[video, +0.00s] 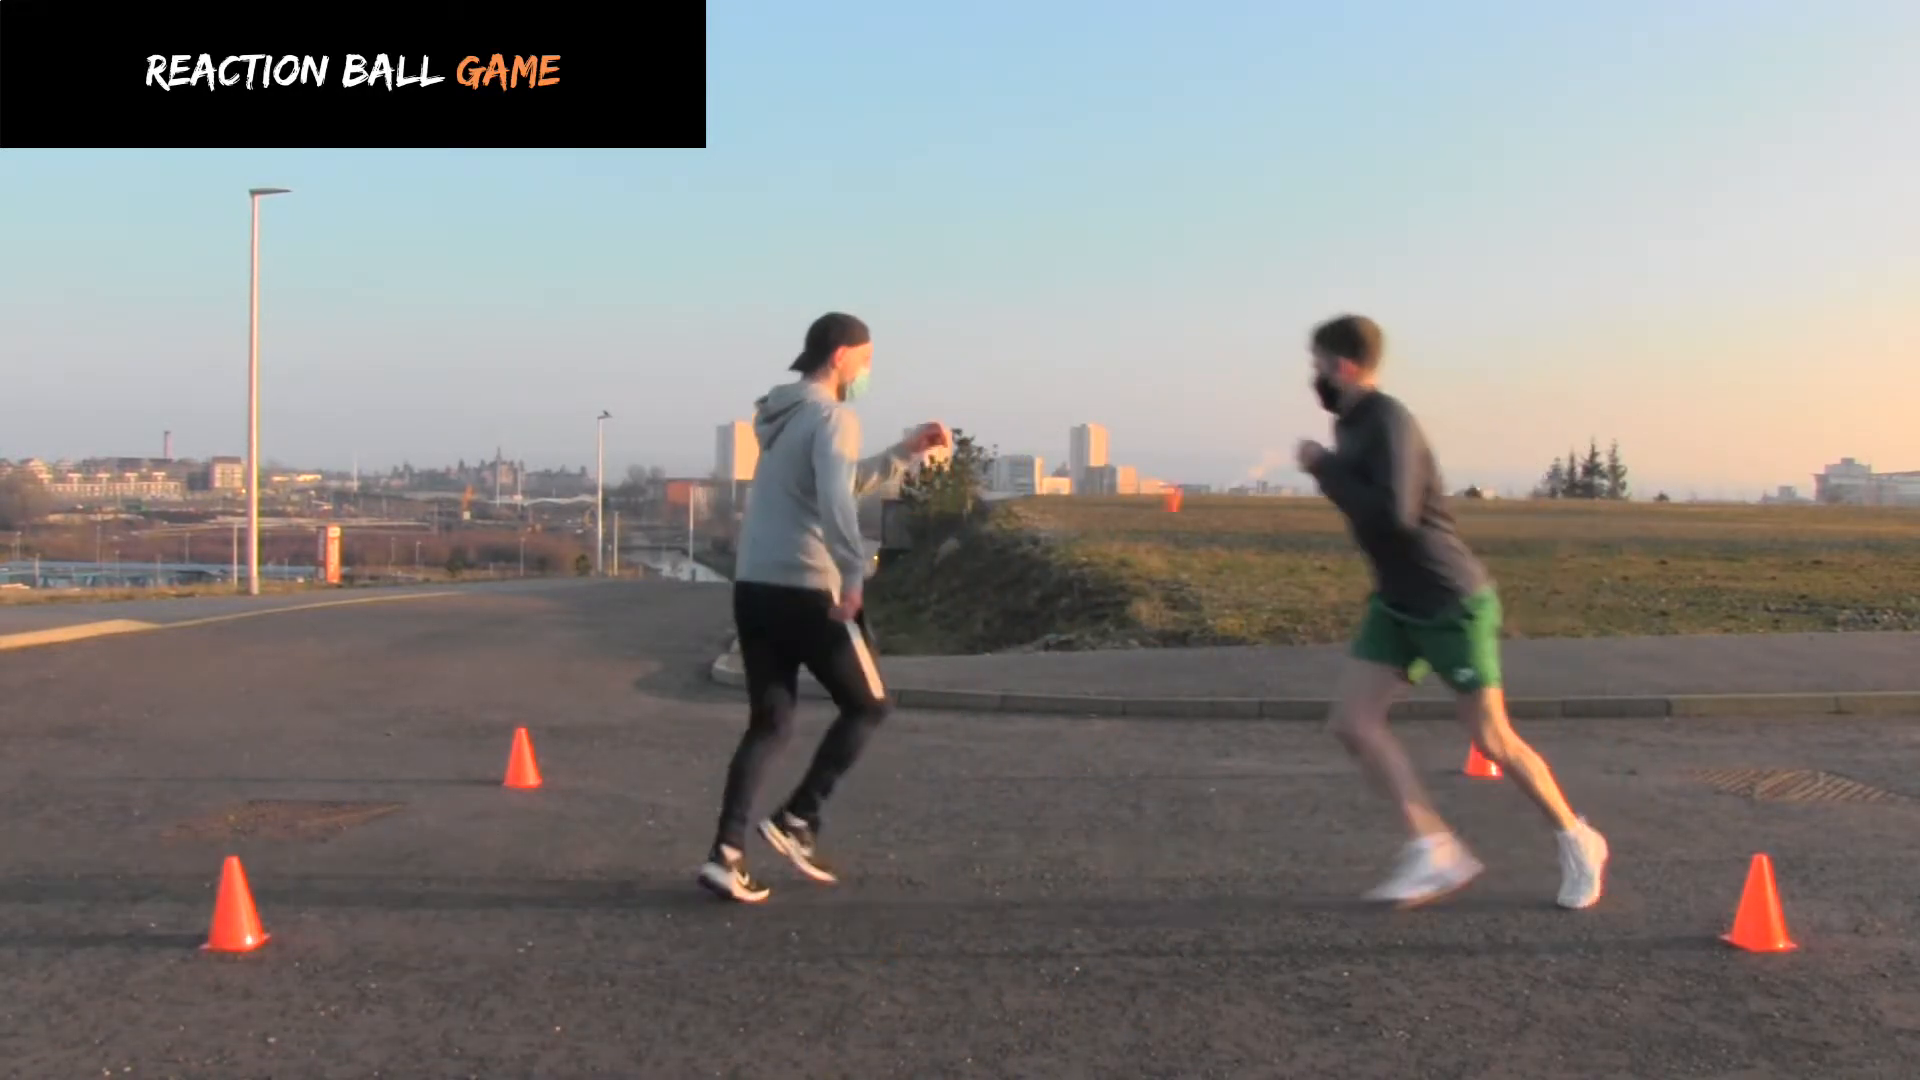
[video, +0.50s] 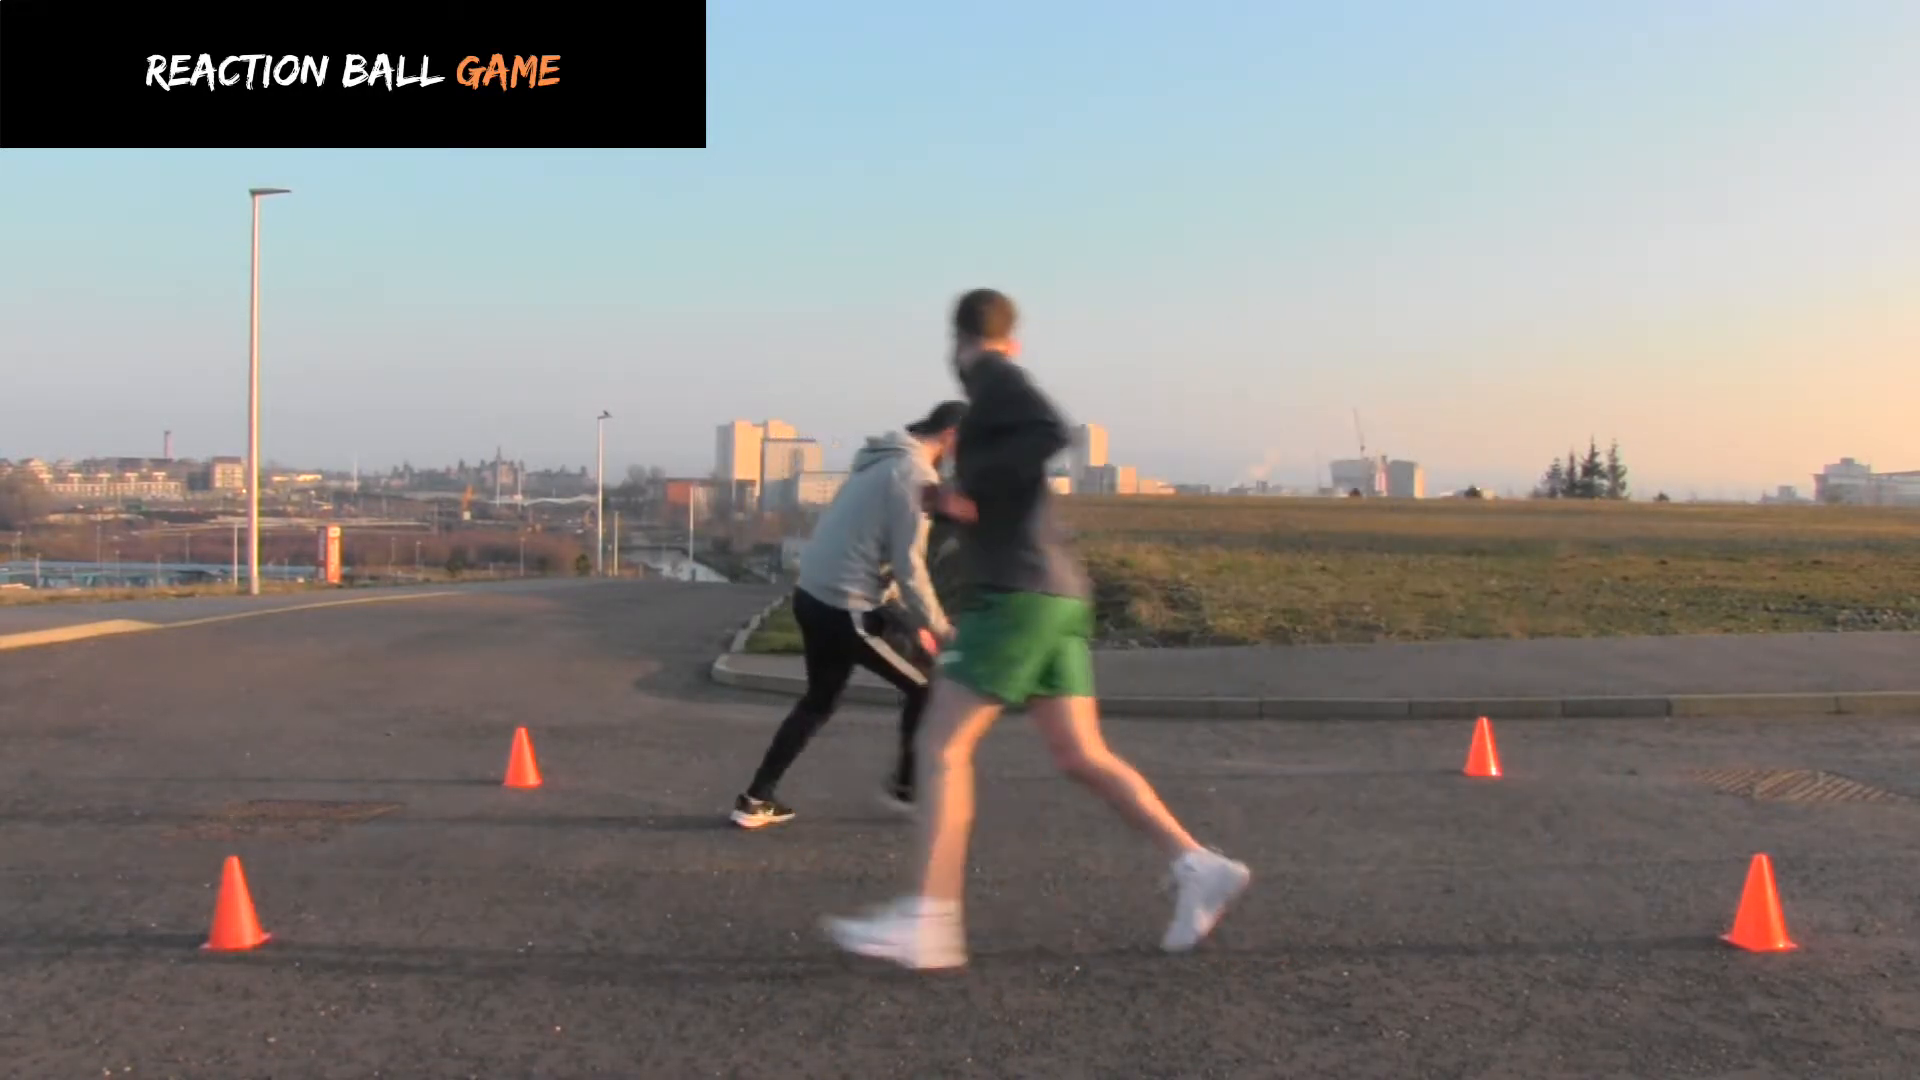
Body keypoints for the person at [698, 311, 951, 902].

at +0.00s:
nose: (865, 370)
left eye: (867, 359)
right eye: (864, 358)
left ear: (822, 352)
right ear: (842, 354)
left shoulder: (784, 412)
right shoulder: (834, 416)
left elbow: (838, 491)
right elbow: (834, 497)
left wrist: (903, 456)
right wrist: (855, 569)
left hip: (754, 584)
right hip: (804, 587)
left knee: (768, 721)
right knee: (868, 704)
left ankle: (726, 853)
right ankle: (798, 818)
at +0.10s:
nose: (883, 369)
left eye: (885, 358)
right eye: (882, 357)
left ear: (840, 348)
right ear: (859, 350)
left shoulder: (801, 400)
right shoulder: (849, 405)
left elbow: (841, 488)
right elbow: (840, 478)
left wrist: (908, 457)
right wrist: (847, 556)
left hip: (757, 567)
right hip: (805, 572)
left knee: (763, 695)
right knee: (839, 697)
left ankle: (713, 816)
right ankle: (779, 808)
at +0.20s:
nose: (905, 395)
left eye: (908, 385)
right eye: (905, 384)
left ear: (867, 372)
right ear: (883, 374)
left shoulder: (820, 417)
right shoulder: (871, 430)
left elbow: (830, 488)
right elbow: (850, 506)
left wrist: (899, 497)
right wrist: (845, 579)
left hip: (770, 576)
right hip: (816, 589)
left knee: (760, 692)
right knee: (805, 709)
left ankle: (699, 794)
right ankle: (746, 821)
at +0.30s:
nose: (923, 414)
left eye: (927, 404)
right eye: (923, 403)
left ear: (887, 388)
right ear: (902, 390)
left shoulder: (836, 428)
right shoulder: (884, 444)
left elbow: (829, 508)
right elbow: (861, 525)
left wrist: (885, 542)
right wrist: (862, 602)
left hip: (779, 579)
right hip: (819, 591)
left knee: (779, 692)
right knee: (824, 707)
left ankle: (733, 802)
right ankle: (755, 812)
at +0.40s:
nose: (947, 446)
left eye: (951, 434)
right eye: (948, 432)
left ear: (917, 417)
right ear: (923, 418)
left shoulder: (858, 450)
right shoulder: (892, 463)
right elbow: (883, 555)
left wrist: (899, 596)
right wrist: (910, 624)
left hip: (797, 594)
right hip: (831, 603)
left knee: (804, 695)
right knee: (906, 695)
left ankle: (752, 801)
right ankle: (823, 770)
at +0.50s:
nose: (959, 454)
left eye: (960, 445)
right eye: (961, 444)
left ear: (930, 427)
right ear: (950, 435)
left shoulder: (882, 460)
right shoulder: (912, 475)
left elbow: (881, 563)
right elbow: (908, 563)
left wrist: (915, 628)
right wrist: (941, 625)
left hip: (813, 596)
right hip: (846, 607)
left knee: (819, 699)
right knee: (921, 685)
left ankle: (757, 796)